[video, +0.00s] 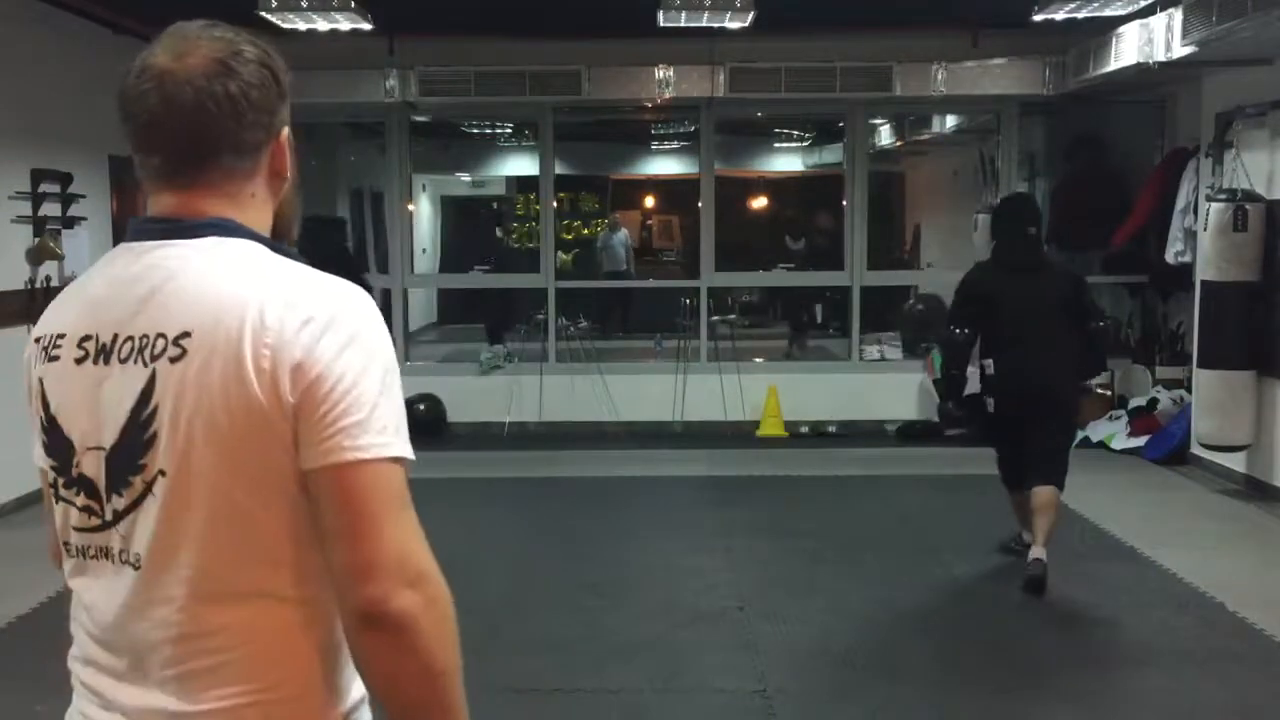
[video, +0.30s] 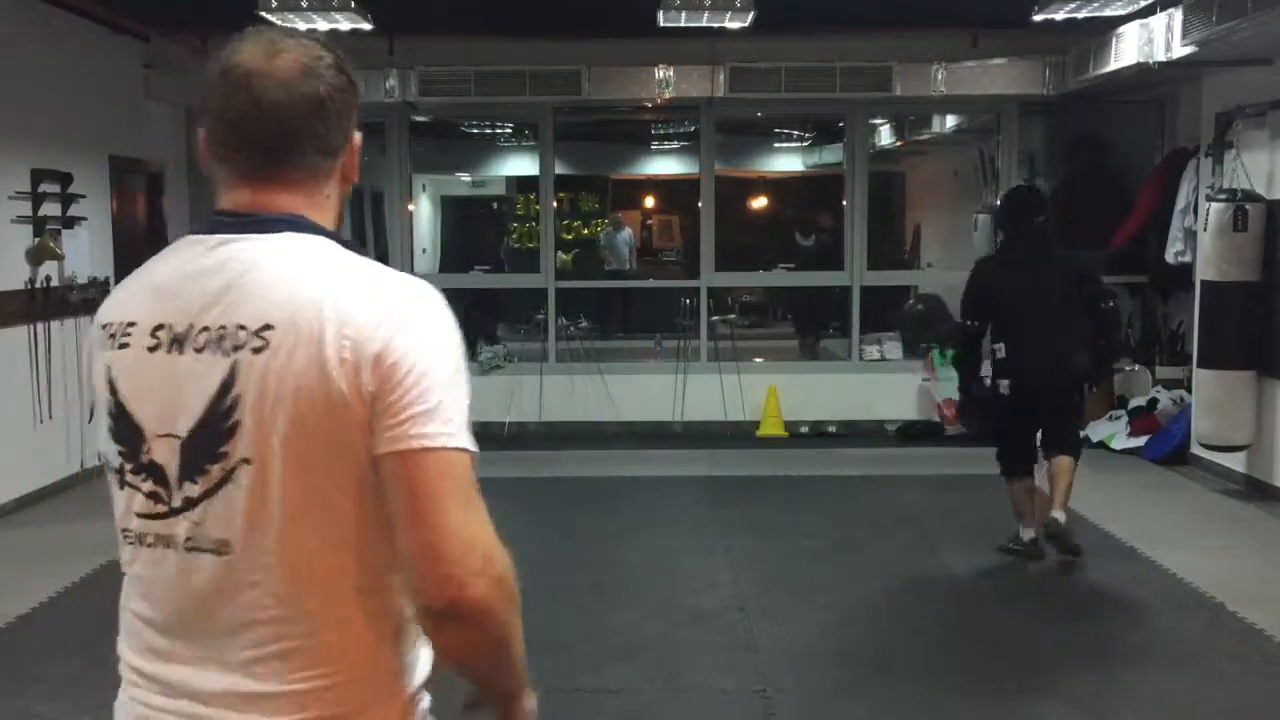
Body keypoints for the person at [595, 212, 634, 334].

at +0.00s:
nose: (616, 223)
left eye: (617, 221)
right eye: (614, 221)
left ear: (620, 222)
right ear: (609, 223)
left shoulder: (624, 232)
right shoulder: (604, 235)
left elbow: (629, 250)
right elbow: (599, 250)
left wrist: (631, 267)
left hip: (623, 271)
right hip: (608, 272)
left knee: (626, 301)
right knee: (607, 301)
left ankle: (625, 327)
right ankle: (606, 327)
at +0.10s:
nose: (616, 223)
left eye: (617, 221)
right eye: (614, 221)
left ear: (620, 222)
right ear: (609, 222)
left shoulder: (624, 232)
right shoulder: (604, 235)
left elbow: (629, 250)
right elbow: (599, 250)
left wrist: (631, 267)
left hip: (623, 271)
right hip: (608, 272)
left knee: (626, 301)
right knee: (607, 301)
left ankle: (625, 327)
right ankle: (606, 327)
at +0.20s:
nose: (616, 222)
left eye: (617, 219)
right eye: (613, 220)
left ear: (620, 221)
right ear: (609, 222)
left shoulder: (626, 232)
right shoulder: (605, 234)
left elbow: (630, 249)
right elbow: (601, 250)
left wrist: (632, 265)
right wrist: (606, 259)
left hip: (624, 269)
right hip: (610, 269)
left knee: (626, 298)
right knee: (609, 298)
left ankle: (625, 326)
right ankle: (608, 326)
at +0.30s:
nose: (619, 223)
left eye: (620, 221)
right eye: (616, 221)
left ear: (623, 221)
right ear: (612, 222)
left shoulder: (628, 232)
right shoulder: (607, 234)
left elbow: (632, 249)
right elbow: (603, 250)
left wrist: (633, 264)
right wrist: (609, 260)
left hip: (626, 269)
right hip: (611, 269)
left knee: (626, 299)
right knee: (610, 298)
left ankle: (626, 326)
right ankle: (610, 326)